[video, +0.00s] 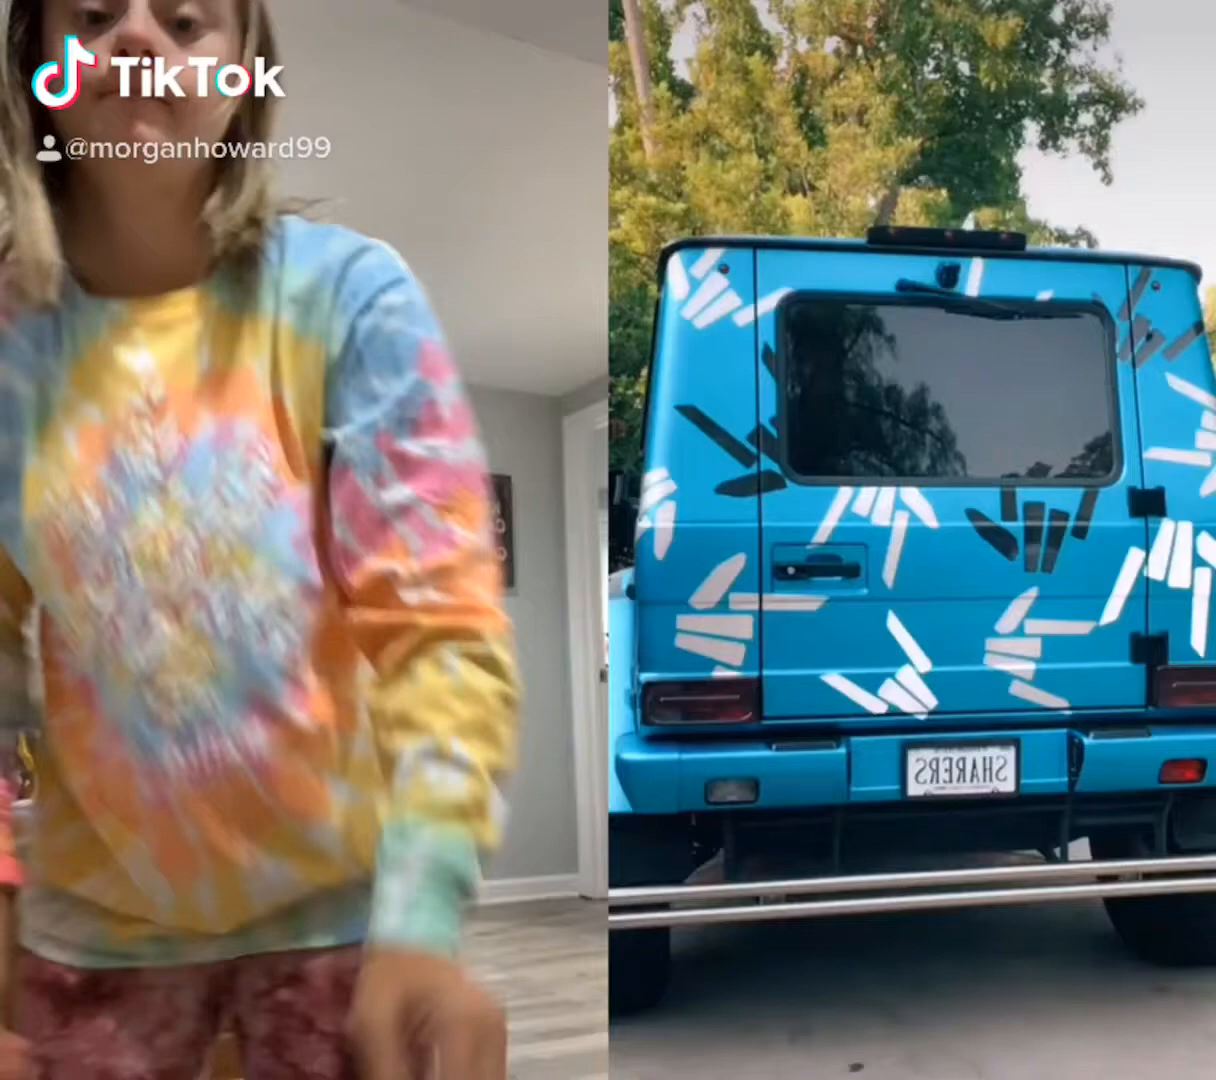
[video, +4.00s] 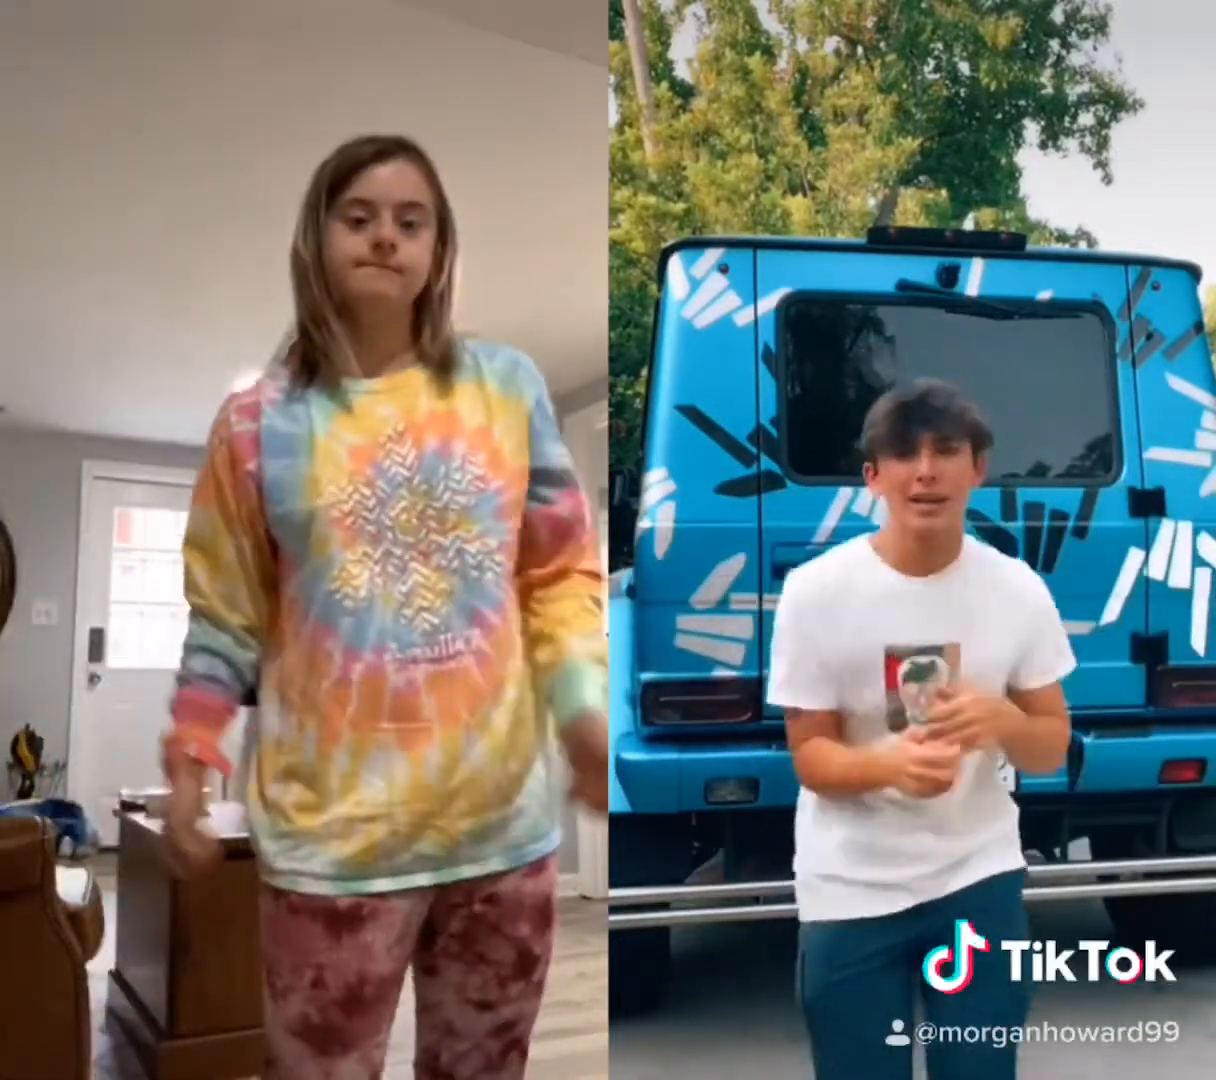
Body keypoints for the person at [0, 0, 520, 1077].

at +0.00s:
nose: (139, 39)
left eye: (185, 14)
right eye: (93, 15)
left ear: (249, 71)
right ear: (34, 69)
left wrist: (418, 926)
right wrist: (6, 933)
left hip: (331, 938)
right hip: (86, 956)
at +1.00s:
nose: (305, 215)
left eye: (331, 193)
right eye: (273, 193)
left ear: (364, 226)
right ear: (231, 223)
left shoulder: (443, 390)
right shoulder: (175, 422)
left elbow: (488, 585)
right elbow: (141, 652)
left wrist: (454, 728)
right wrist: (154, 844)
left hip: (449, 869)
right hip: (257, 885)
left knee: (468, 1068)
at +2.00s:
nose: (216, 216)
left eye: (241, 194)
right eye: (185, 192)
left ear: (273, 227)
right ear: (140, 218)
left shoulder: (301, 414)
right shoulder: (80, 351)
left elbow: (329, 622)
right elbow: (136, 553)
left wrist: (327, 757)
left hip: (284, 829)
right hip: (117, 843)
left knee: (349, 1067)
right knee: (127, 1073)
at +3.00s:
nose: (170, 216)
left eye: (197, 196)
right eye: (141, 191)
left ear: (226, 228)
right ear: (94, 214)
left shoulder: (264, 397)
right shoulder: (51, 340)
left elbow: (398, 511)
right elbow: (194, 488)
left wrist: (537, 619)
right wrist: (405, 595)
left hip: (293, 820)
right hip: (116, 832)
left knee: (360, 1065)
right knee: (137, 1070)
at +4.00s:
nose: (384, 237)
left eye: (411, 220)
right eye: (357, 217)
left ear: (439, 251)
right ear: (315, 242)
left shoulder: (507, 388)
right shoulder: (260, 418)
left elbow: (561, 572)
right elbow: (226, 616)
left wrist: (580, 711)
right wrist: (186, 772)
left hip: (501, 829)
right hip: (332, 842)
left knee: (481, 1071)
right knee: (322, 1071)